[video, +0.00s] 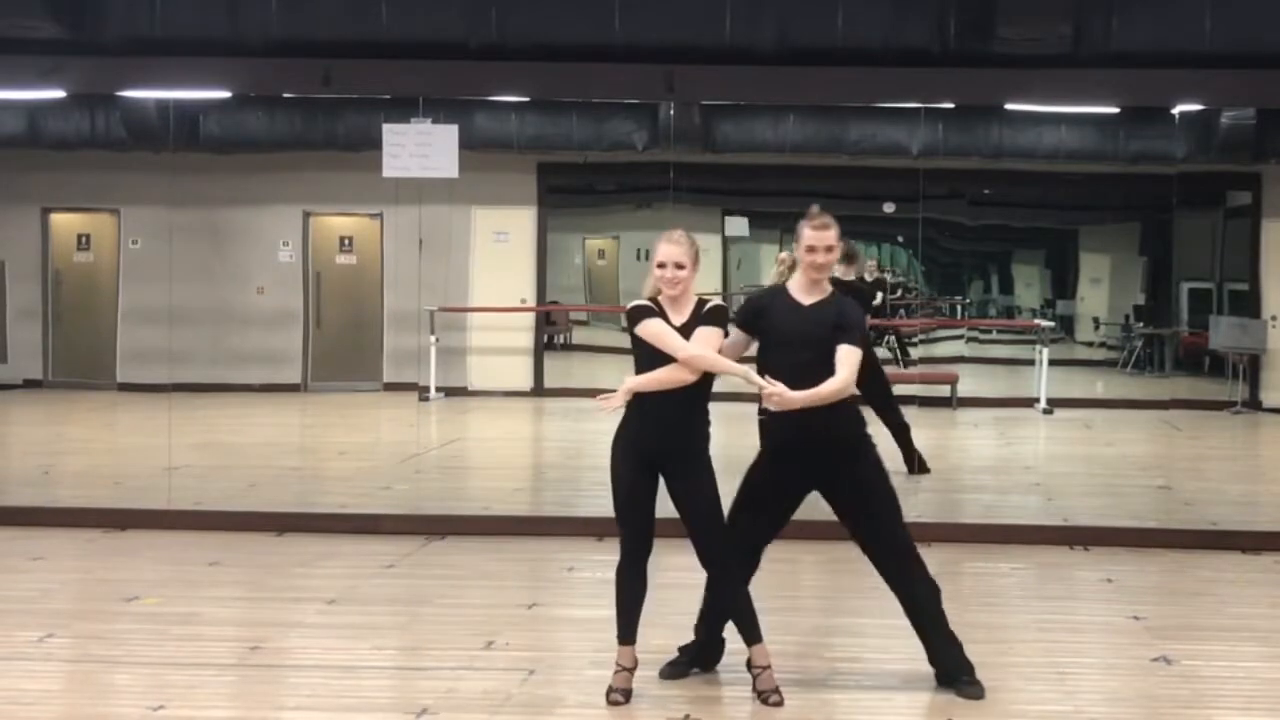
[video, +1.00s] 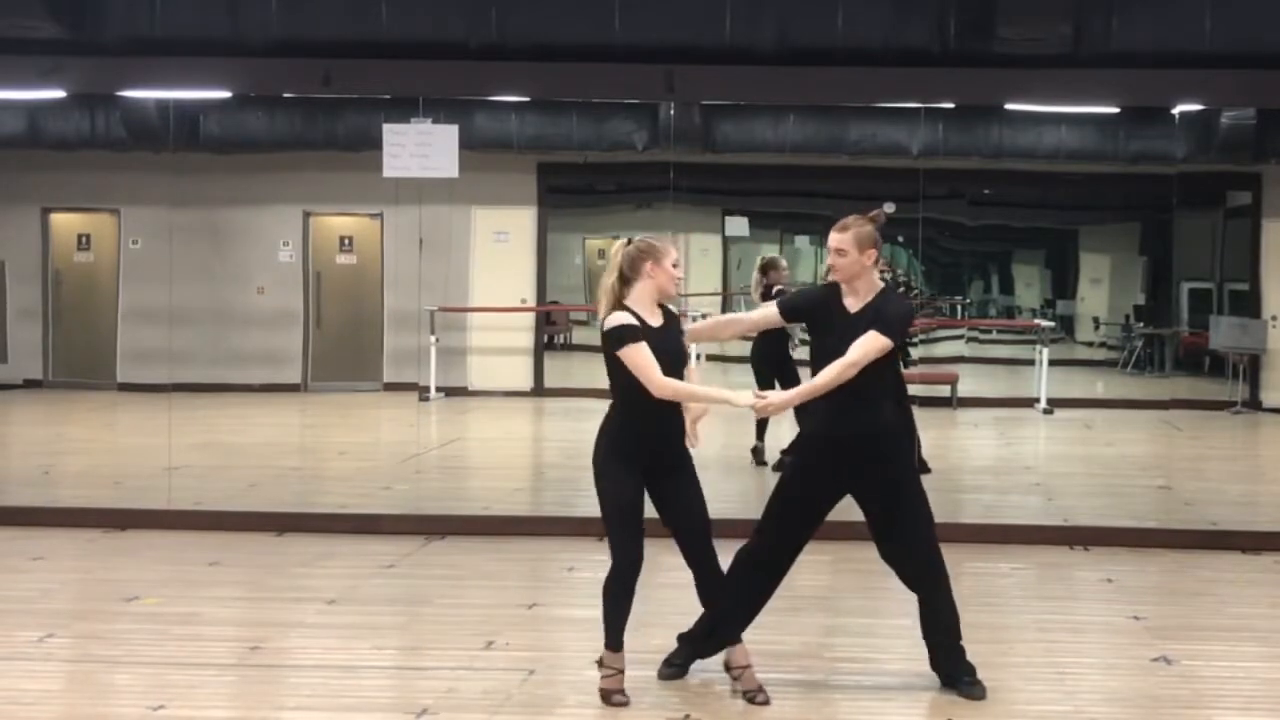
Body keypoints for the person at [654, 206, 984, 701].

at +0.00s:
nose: (820, 257)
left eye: (828, 249)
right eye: (812, 249)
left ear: (838, 252)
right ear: (796, 249)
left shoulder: (847, 310)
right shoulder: (763, 304)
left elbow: (846, 380)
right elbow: (722, 358)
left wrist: (798, 397)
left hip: (843, 449)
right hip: (782, 450)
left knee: (898, 556)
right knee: (735, 548)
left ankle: (952, 666)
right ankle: (705, 647)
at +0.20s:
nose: (848, 256)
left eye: (857, 248)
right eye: (840, 247)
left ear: (869, 250)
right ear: (824, 246)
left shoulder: (874, 308)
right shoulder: (791, 298)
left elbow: (854, 373)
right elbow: (734, 349)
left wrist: (799, 394)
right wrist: (693, 367)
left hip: (875, 450)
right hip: (812, 449)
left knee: (911, 553)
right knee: (762, 549)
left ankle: (955, 663)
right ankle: (702, 646)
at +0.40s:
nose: (858, 253)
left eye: (866, 245)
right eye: (849, 244)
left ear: (877, 250)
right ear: (833, 245)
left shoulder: (882, 308)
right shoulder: (800, 296)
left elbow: (858, 372)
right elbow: (738, 345)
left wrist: (801, 394)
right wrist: (673, 383)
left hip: (882, 449)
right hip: (820, 447)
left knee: (915, 554)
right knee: (768, 549)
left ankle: (955, 664)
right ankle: (698, 645)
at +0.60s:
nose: (835, 249)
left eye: (846, 242)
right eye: (832, 240)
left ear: (873, 249)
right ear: (827, 242)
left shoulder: (884, 309)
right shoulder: (804, 295)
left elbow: (857, 369)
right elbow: (742, 346)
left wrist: (797, 395)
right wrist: (698, 397)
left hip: (883, 449)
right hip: (820, 447)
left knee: (915, 554)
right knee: (769, 549)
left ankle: (955, 664)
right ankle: (696, 644)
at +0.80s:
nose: (832, 251)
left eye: (842, 244)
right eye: (830, 242)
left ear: (870, 251)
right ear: (827, 245)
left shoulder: (885, 309)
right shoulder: (805, 293)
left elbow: (852, 365)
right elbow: (743, 337)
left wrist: (789, 392)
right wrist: (725, 398)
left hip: (884, 449)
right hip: (821, 447)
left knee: (917, 554)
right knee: (769, 549)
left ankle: (954, 663)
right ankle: (696, 644)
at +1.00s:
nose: (830, 260)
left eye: (839, 254)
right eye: (829, 252)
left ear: (870, 257)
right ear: (836, 255)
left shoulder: (895, 308)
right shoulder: (820, 298)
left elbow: (851, 362)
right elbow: (746, 322)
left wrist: (790, 397)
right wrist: (679, 333)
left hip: (884, 458)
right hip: (820, 453)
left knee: (926, 566)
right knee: (766, 551)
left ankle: (953, 665)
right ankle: (697, 644)